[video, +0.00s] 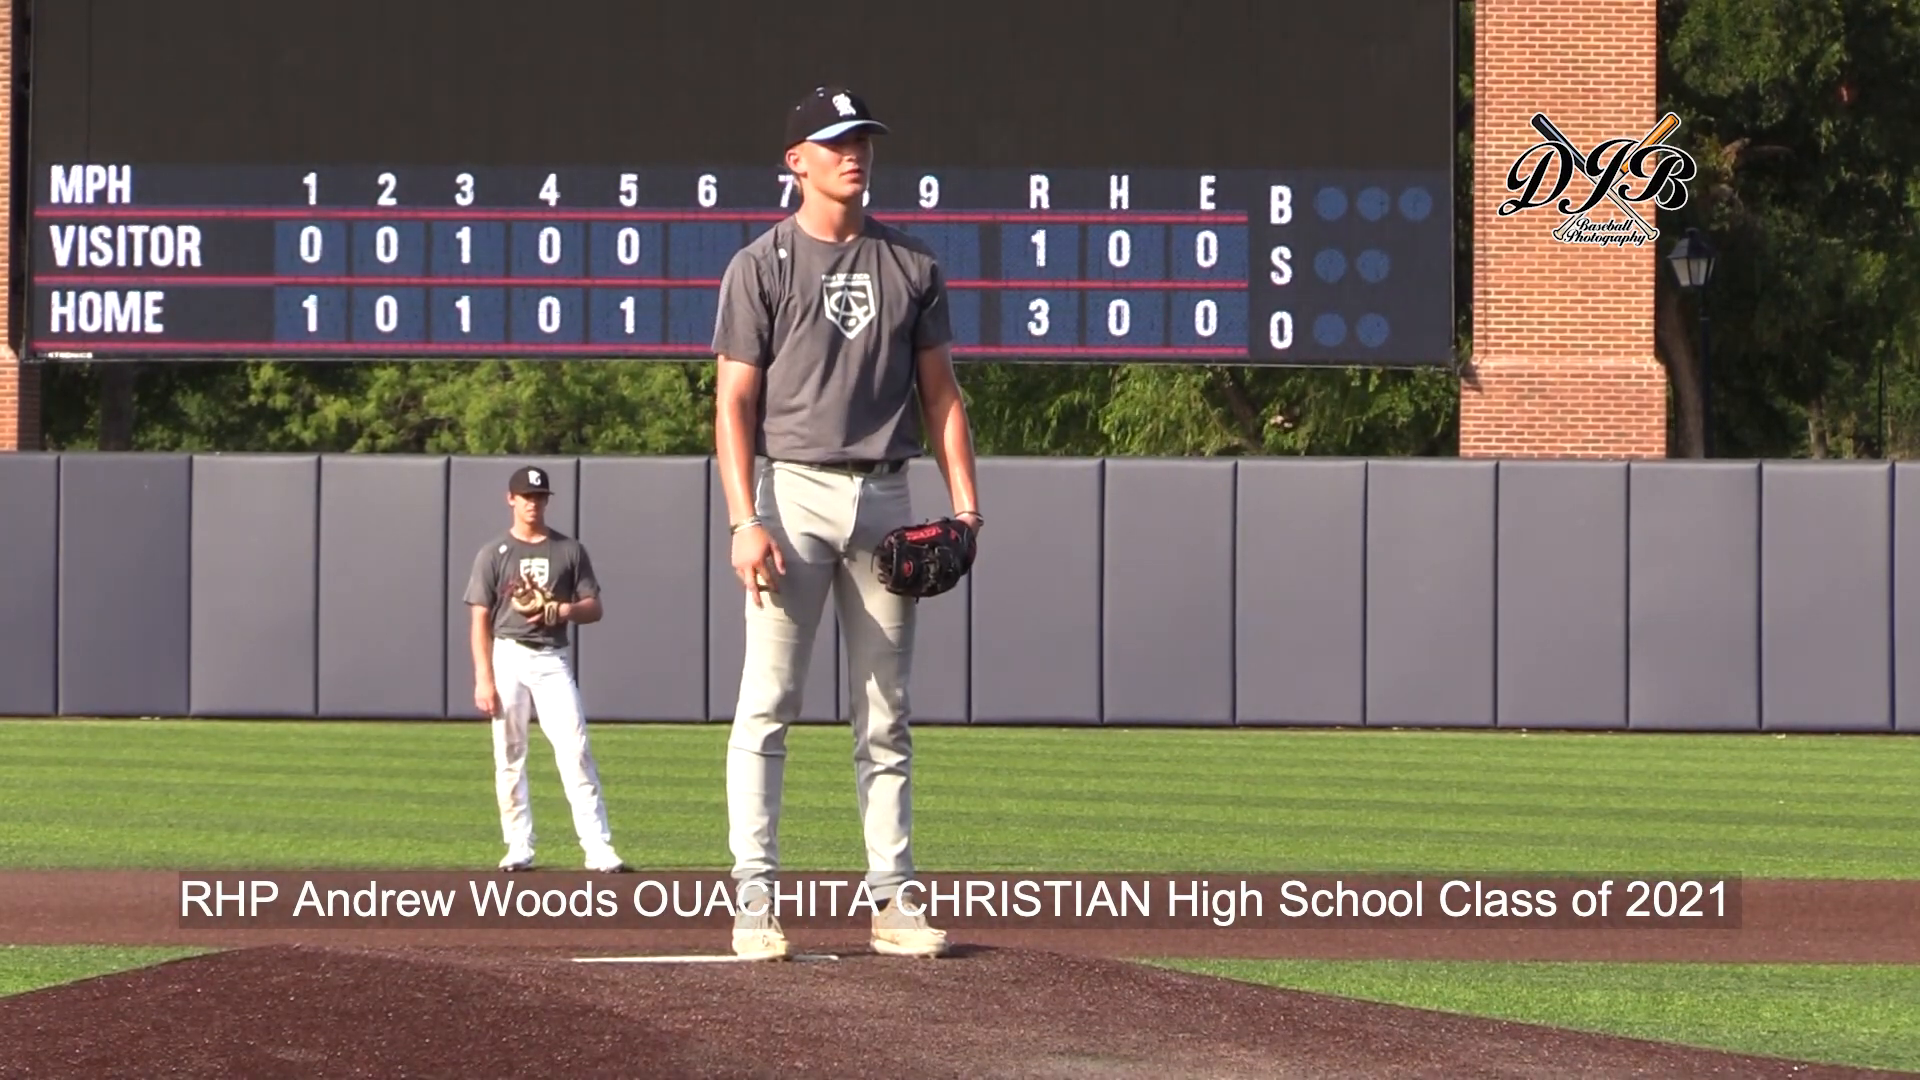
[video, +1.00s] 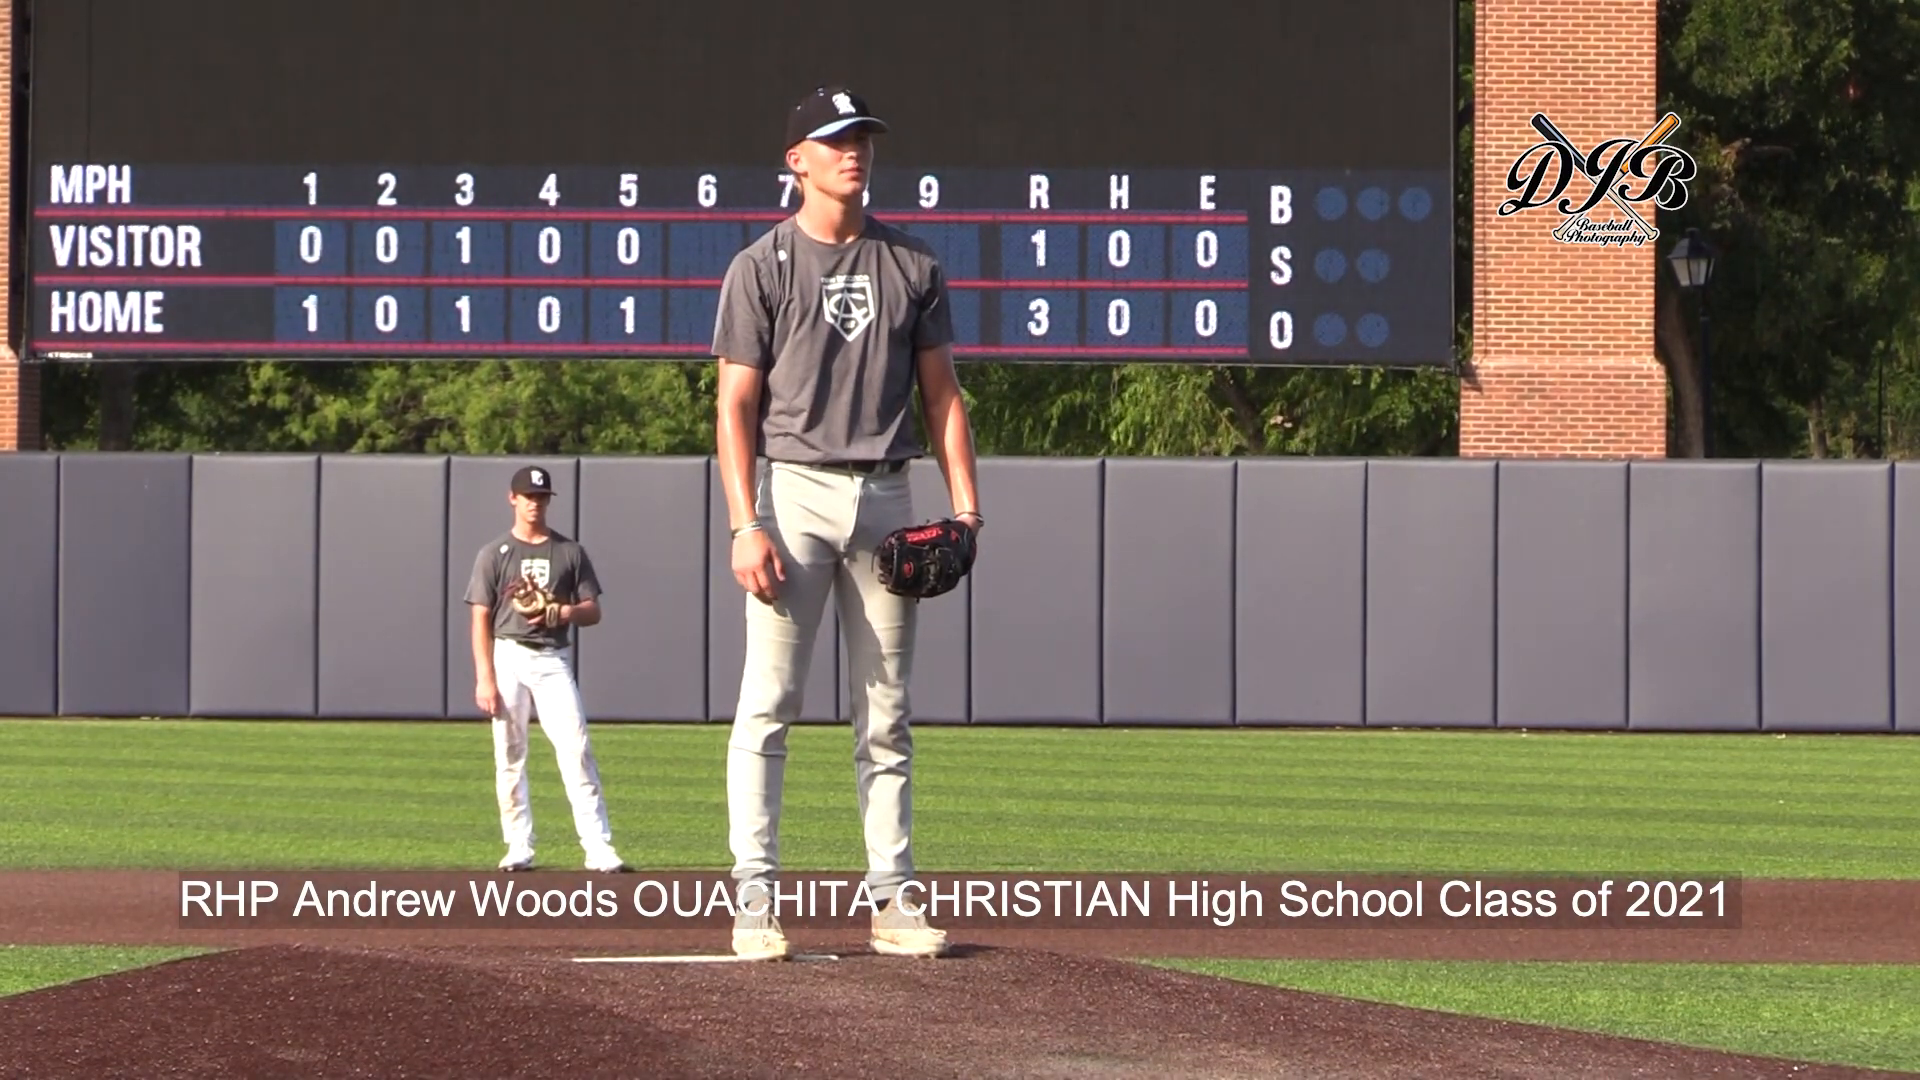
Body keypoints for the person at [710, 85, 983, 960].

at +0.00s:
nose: (854, 159)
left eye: (861, 145)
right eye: (837, 147)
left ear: (871, 158)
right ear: (799, 160)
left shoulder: (911, 267)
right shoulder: (758, 267)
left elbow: (942, 395)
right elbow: (732, 405)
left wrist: (965, 507)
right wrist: (744, 520)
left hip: (887, 497)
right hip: (790, 493)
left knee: (885, 712)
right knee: (768, 705)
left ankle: (893, 897)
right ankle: (755, 895)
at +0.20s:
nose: (854, 159)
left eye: (862, 146)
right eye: (837, 147)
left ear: (872, 158)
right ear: (799, 160)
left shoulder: (911, 268)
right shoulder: (759, 267)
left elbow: (943, 394)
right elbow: (734, 406)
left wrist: (965, 507)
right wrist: (746, 521)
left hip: (887, 497)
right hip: (791, 494)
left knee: (886, 712)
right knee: (768, 705)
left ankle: (892, 896)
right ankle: (755, 895)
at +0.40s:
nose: (854, 159)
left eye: (862, 146)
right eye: (837, 147)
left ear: (872, 158)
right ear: (799, 160)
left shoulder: (911, 268)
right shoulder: (759, 267)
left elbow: (943, 395)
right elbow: (734, 406)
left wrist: (965, 508)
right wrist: (747, 522)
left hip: (887, 497)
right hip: (791, 493)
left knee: (886, 711)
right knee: (768, 705)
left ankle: (892, 897)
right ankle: (755, 895)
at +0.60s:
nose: (854, 159)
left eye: (862, 146)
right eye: (837, 147)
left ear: (872, 158)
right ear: (799, 160)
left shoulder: (911, 267)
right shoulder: (759, 267)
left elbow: (943, 394)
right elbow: (734, 406)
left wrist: (965, 507)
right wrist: (746, 522)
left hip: (888, 497)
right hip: (791, 493)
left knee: (887, 712)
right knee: (768, 705)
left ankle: (892, 897)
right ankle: (755, 896)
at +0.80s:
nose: (855, 159)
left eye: (862, 146)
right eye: (838, 147)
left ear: (872, 159)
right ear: (799, 161)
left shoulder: (911, 267)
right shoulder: (759, 268)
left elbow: (943, 393)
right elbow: (733, 405)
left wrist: (965, 507)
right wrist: (744, 521)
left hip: (888, 497)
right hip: (792, 493)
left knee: (887, 712)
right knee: (768, 705)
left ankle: (893, 897)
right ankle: (755, 895)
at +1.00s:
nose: (853, 157)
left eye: (860, 143)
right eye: (836, 145)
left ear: (871, 157)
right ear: (798, 160)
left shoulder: (913, 268)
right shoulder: (758, 269)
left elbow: (944, 395)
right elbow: (733, 407)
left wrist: (965, 509)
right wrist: (744, 523)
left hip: (888, 496)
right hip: (792, 493)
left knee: (887, 712)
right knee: (769, 704)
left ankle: (893, 897)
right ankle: (756, 895)